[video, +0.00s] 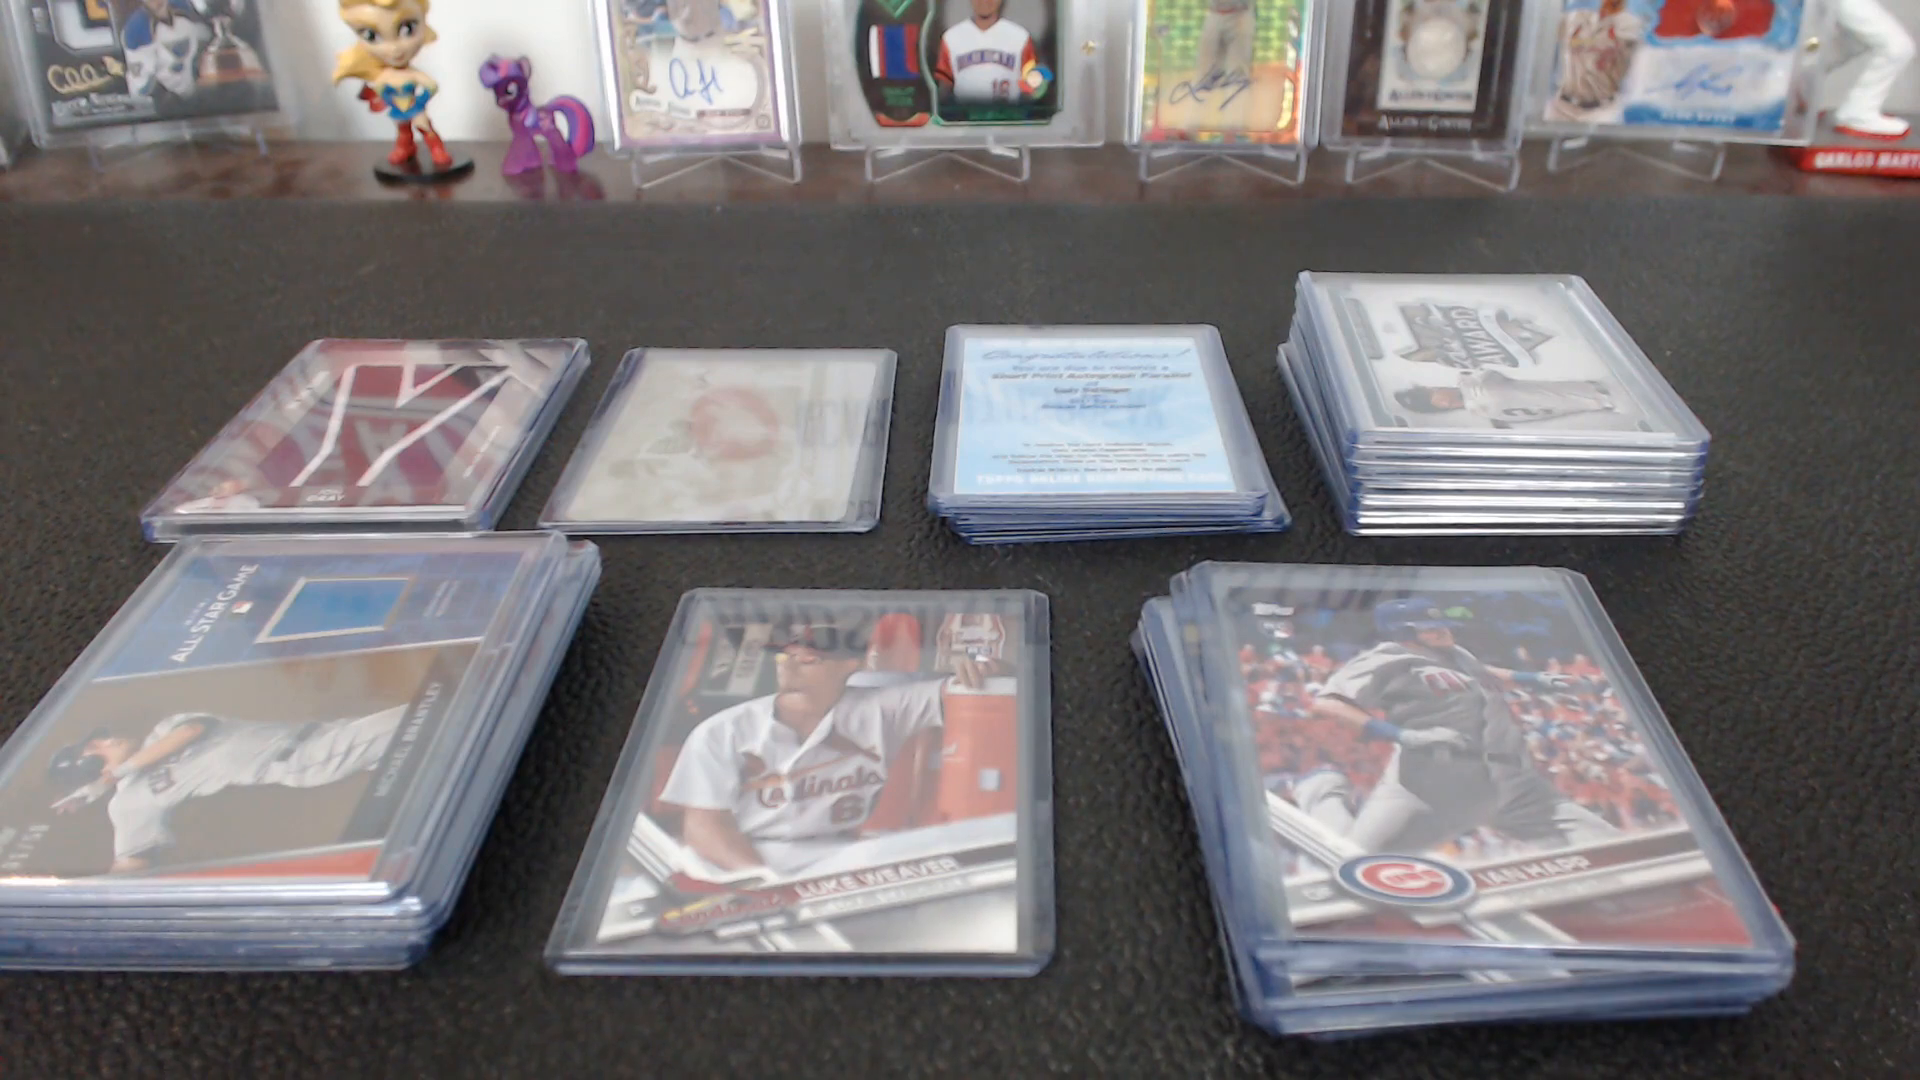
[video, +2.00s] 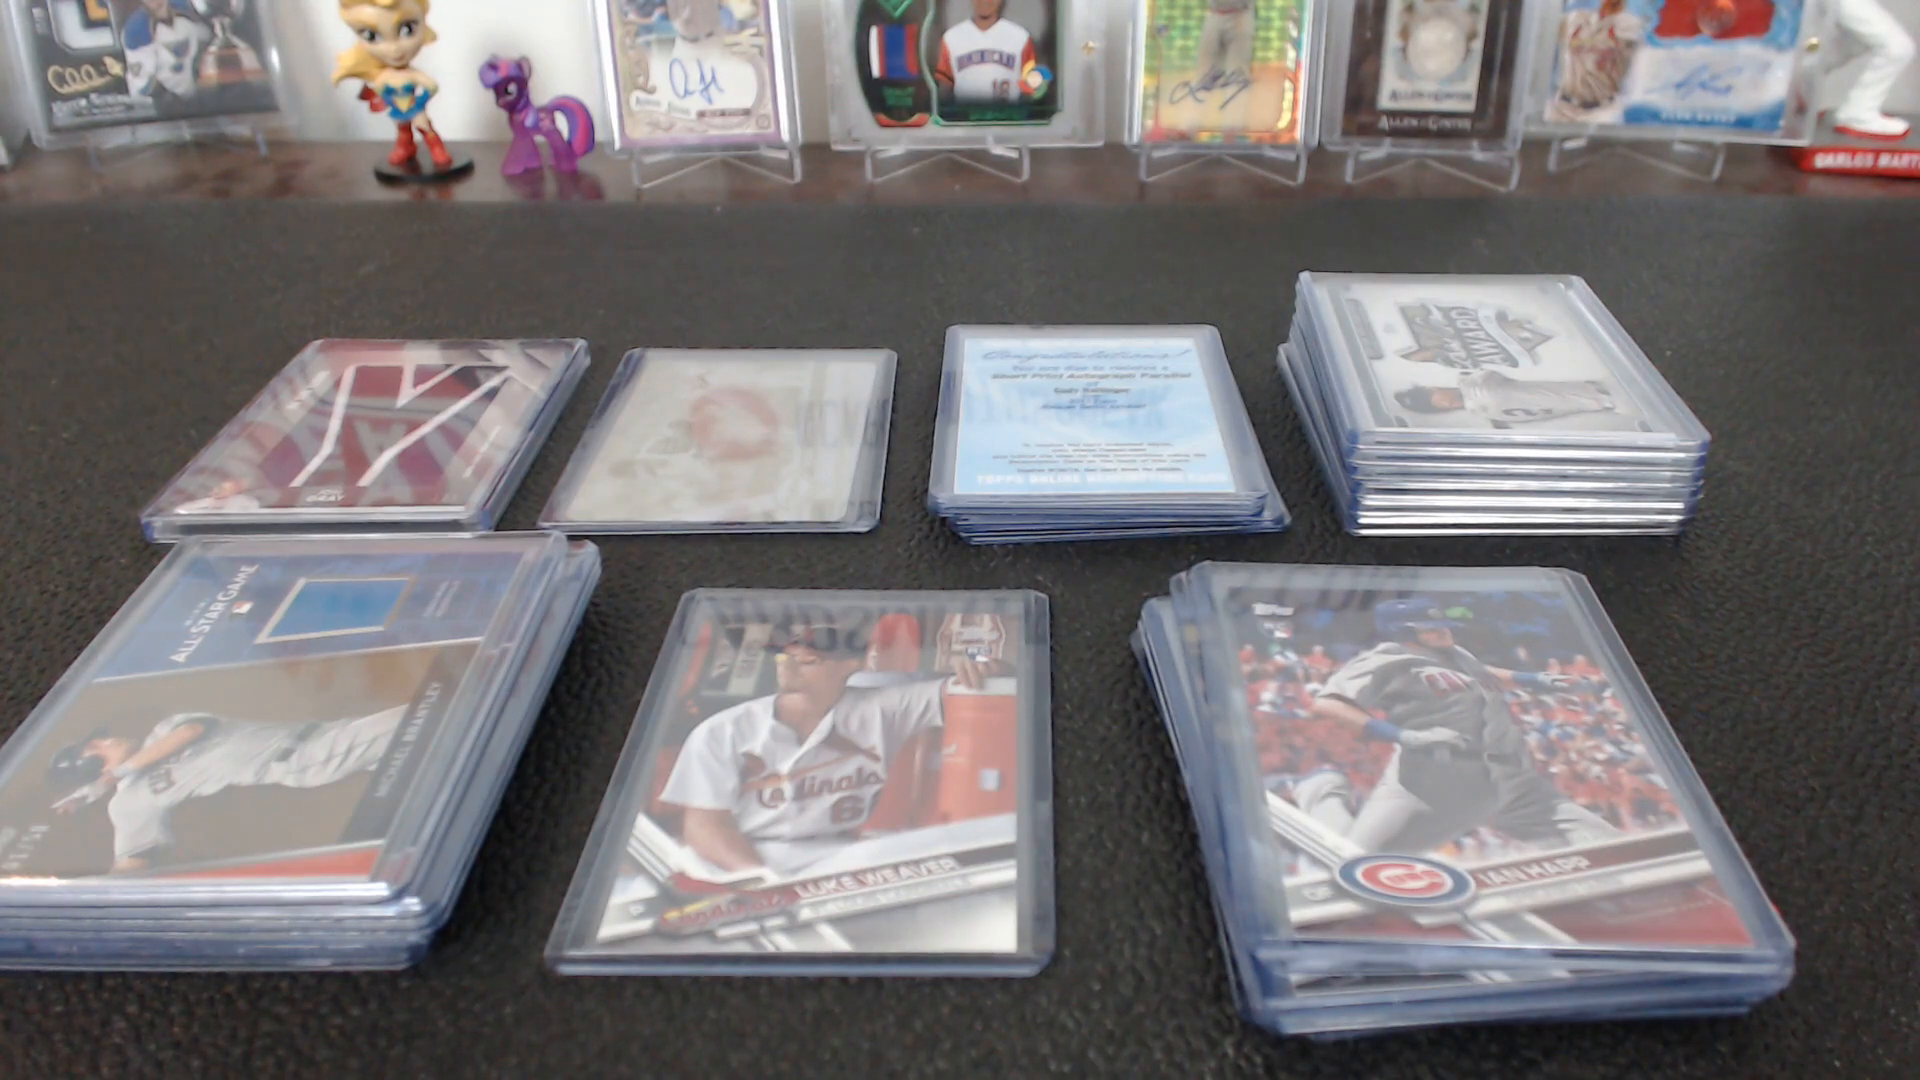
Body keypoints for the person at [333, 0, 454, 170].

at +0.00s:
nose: (393, 49)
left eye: (407, 29)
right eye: (371, 36)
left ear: (424, 26)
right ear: (358, 36)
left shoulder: (414, 75)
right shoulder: (378, 74)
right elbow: (369, 86)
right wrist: (375, 99)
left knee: (421, 121)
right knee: (401, 121)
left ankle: (436, 148)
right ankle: (405, 146)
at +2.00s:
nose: (394, 49)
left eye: (407, 30)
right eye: (371, 36)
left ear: (424, 27)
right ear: (358, 37)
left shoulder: (414, 74)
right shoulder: (377, 74)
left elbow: (427, 86)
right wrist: (375, 100)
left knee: (421, 121)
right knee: (401, 121)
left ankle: (436, 148)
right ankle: (405, 146)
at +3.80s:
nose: (394, 50)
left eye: (407, 30)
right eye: (371, 36)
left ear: (424, 27)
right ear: (358, 37)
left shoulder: (414, 75)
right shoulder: (378, 74)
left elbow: (426, 86)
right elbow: (369, 88)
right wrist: (375, 100)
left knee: (421, 121)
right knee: (401, 121)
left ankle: (436, 148)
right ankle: (405, 147)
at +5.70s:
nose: (394, 50)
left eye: (407, 30)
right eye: (372, 36)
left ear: (424, 29)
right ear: (359, 38)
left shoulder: (414, 75)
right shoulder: (379, 75)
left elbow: (427, 86)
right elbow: (370, 87)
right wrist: (374, 100)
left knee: (422, 122)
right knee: (401, 124)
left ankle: (437, 149)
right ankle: (405, 148)